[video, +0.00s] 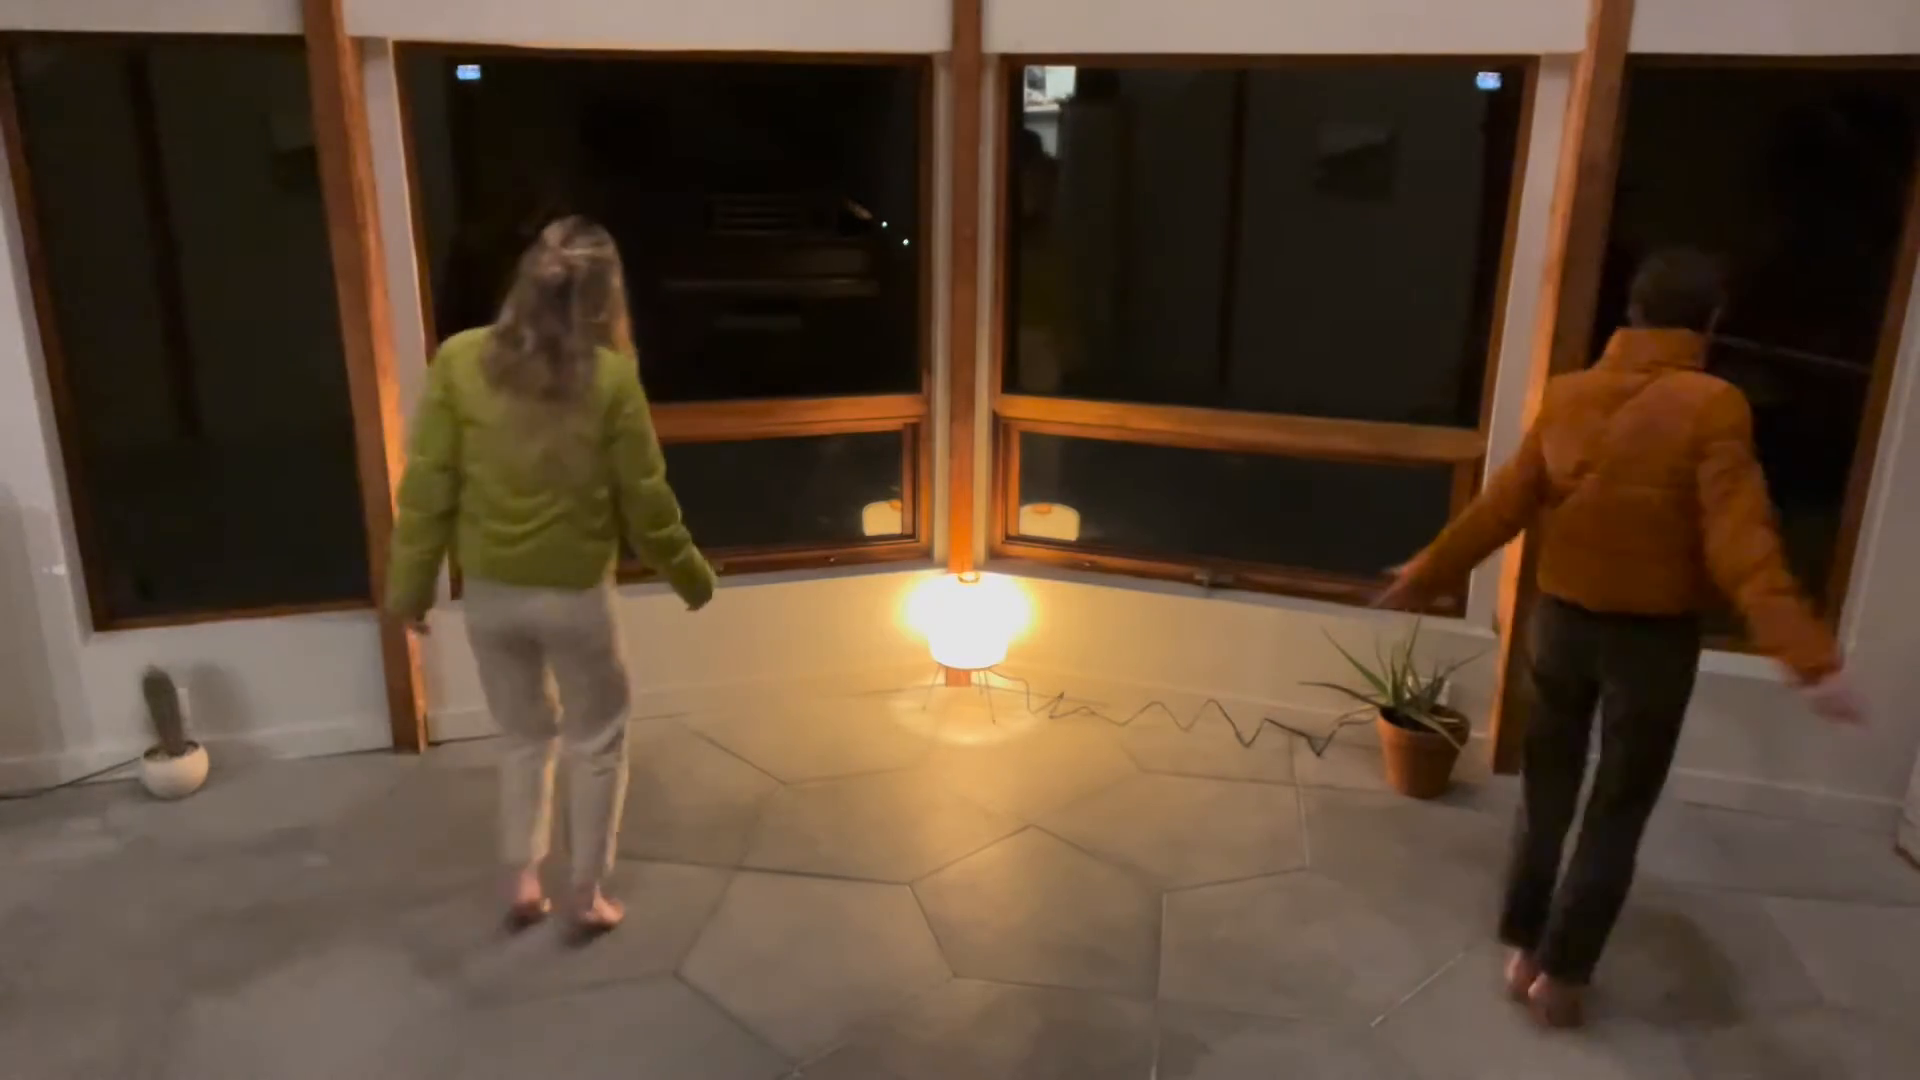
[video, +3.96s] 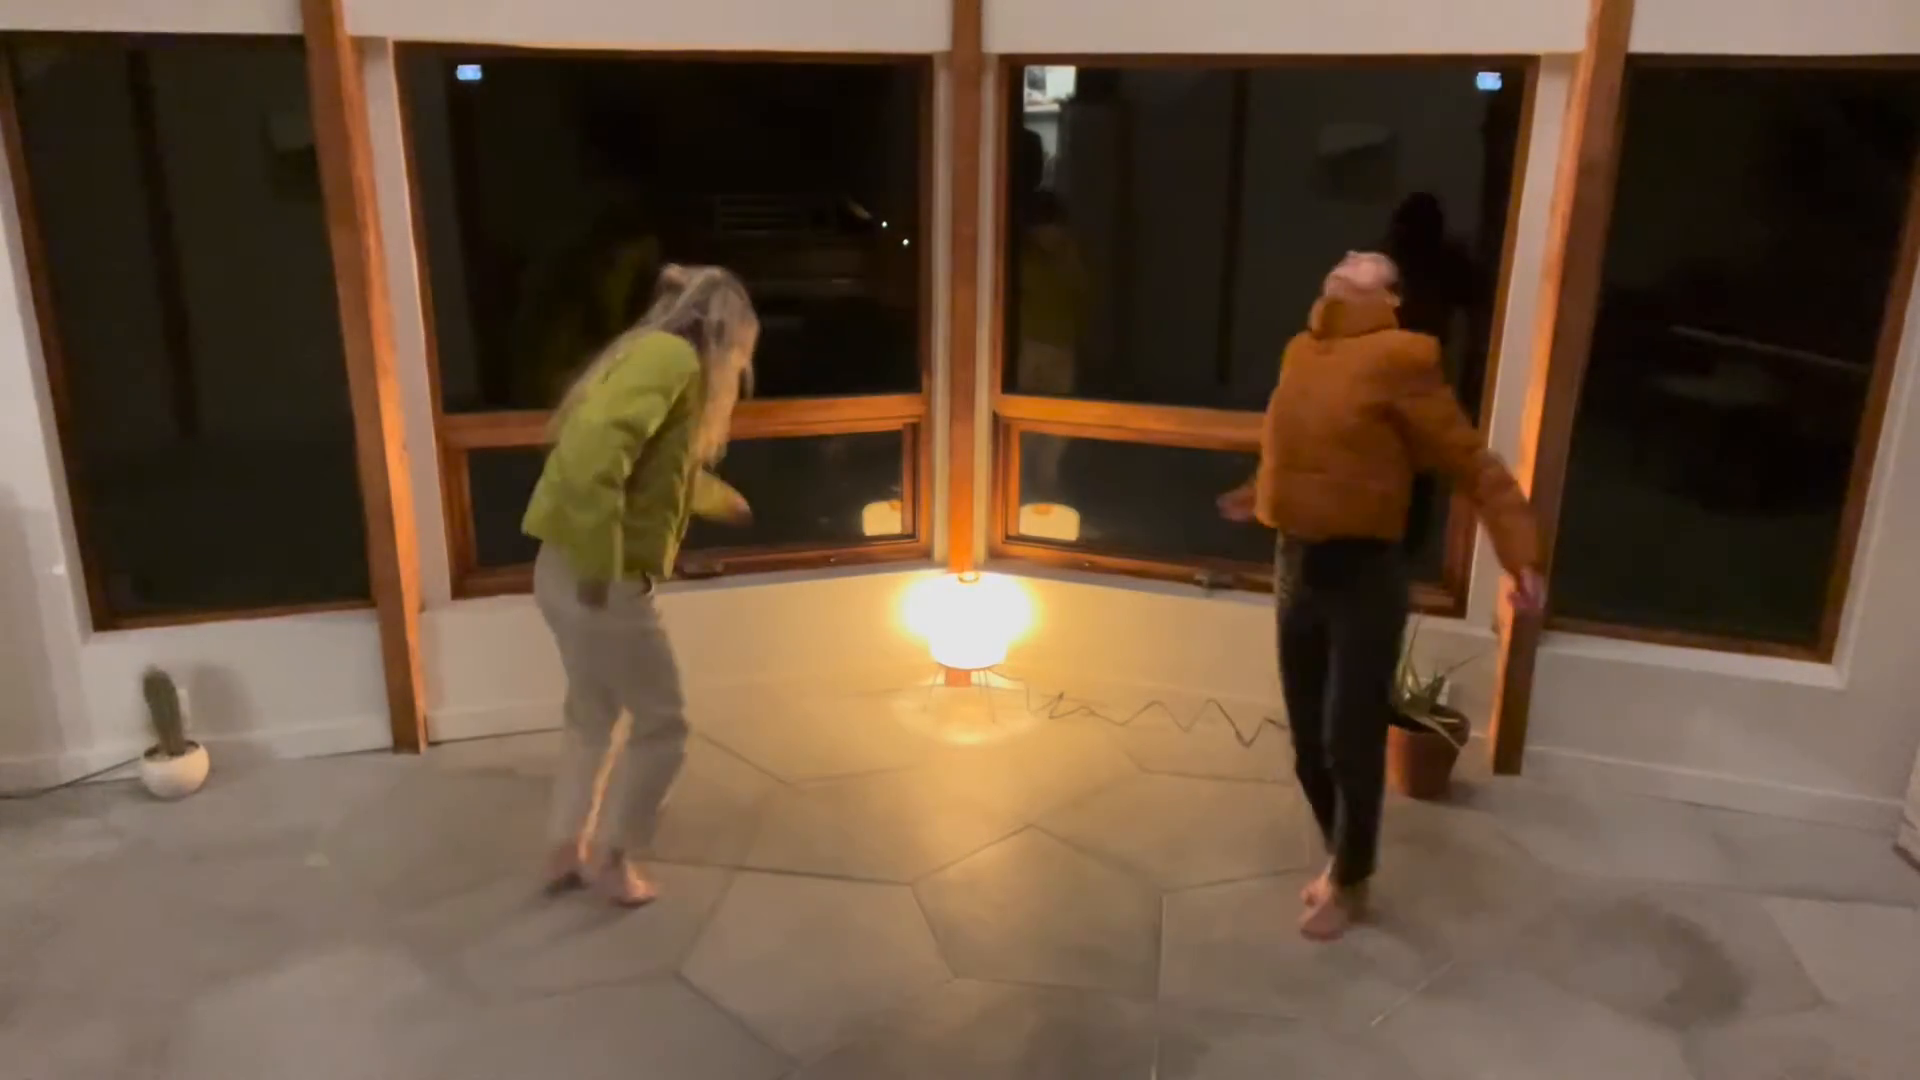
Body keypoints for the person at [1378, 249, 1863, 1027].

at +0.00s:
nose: (1711, 338)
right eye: (1711, 327)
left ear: (1632, 315)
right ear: (1706, 329)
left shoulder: (1574, 396)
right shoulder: (1711, 409)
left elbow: (1504, 502)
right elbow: (1742, 542)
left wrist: (1428, 569)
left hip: (1559, 624)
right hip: (1653, 639)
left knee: (1547, 786)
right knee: (1618, 807)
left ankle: (1525, 948)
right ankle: (1561, 978)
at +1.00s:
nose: (1495, 303)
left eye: (1510, 287)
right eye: (1480, 295)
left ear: (1548, 294)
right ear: (1468, 312)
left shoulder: (1602, 378)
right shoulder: (1447, 388)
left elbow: (1634, 491)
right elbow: (1360, 465)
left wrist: (1647, 583)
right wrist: (1251, 497)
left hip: (1540, 607)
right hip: (1449, 601)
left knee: (1519, 781)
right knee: (1424, 774)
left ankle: (1492, 922)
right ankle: (1390, 907)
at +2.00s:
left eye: (1314, 330)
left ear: (1323, 328)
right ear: (1385, 324)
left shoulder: (1297, 378)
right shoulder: (1428, 368)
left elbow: (1278, 499)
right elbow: (1460, 479)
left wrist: (1290, 583)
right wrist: (1462, 576)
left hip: (1338, 590)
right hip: (1420, 593)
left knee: (1323, 759)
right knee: (1389, 756)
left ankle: (1320, 926)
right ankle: (1367, 912)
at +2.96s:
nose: (1408, 330)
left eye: (1416, 319)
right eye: (1400, 312)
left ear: (1413, 322)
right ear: (1359, 300)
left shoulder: (1378, 380)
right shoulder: (1302, 340)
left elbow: (1415, 497)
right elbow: (1258, 453)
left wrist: (1486, 583)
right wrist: (1315, 549)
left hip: (1322, 568)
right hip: (1266, 557)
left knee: (1300, 728)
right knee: (1259, 725)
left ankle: (1255, 841)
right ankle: (1216, 851)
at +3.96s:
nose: (1347, 260)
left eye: (1367, 262)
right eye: (1350, 256)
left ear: (1390, 298)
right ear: (1332, 286)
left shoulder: (1399, 362)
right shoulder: (1302, 354)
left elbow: (1473, 462)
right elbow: (1296, 445)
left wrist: (1522, 559)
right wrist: (1261, 494)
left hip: (1366, 566)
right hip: (1301, 560)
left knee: (1351, 730)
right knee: (1308, 731)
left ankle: (1349, 885)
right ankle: (1341, 856)